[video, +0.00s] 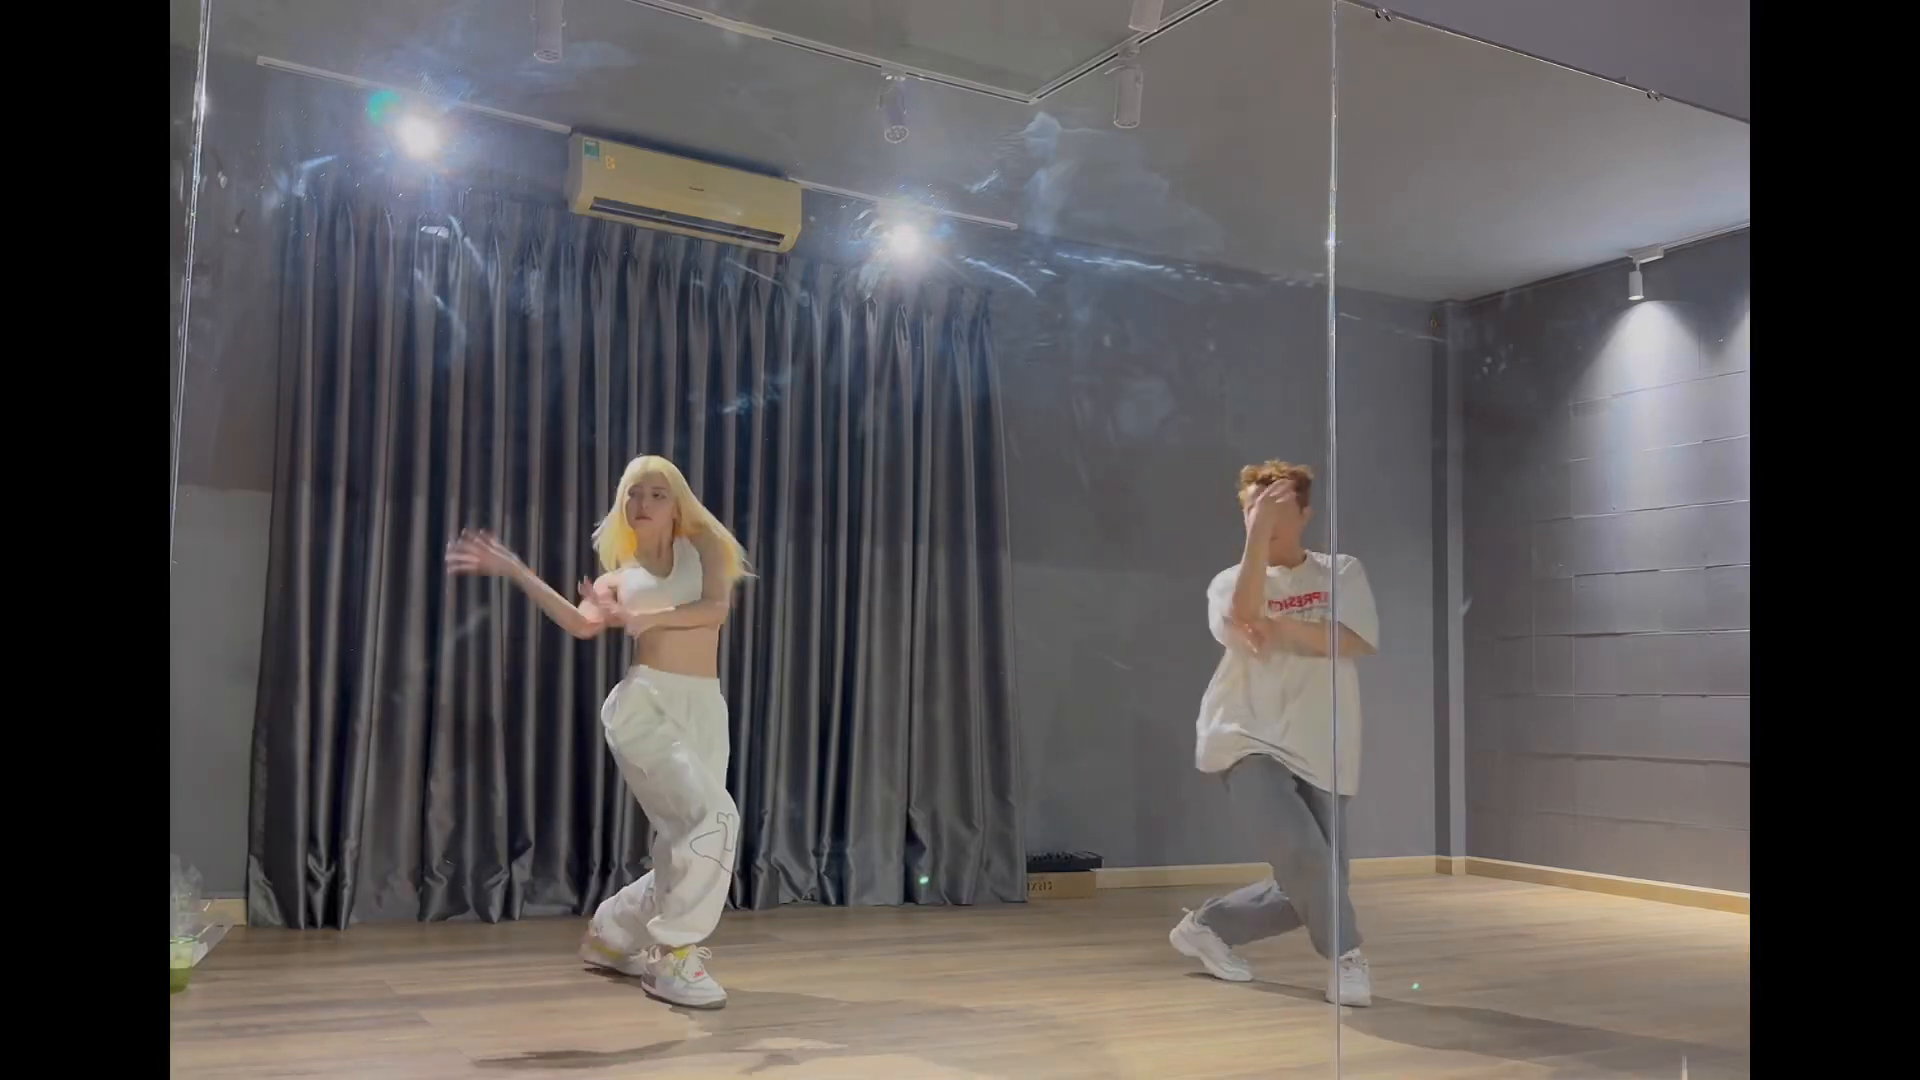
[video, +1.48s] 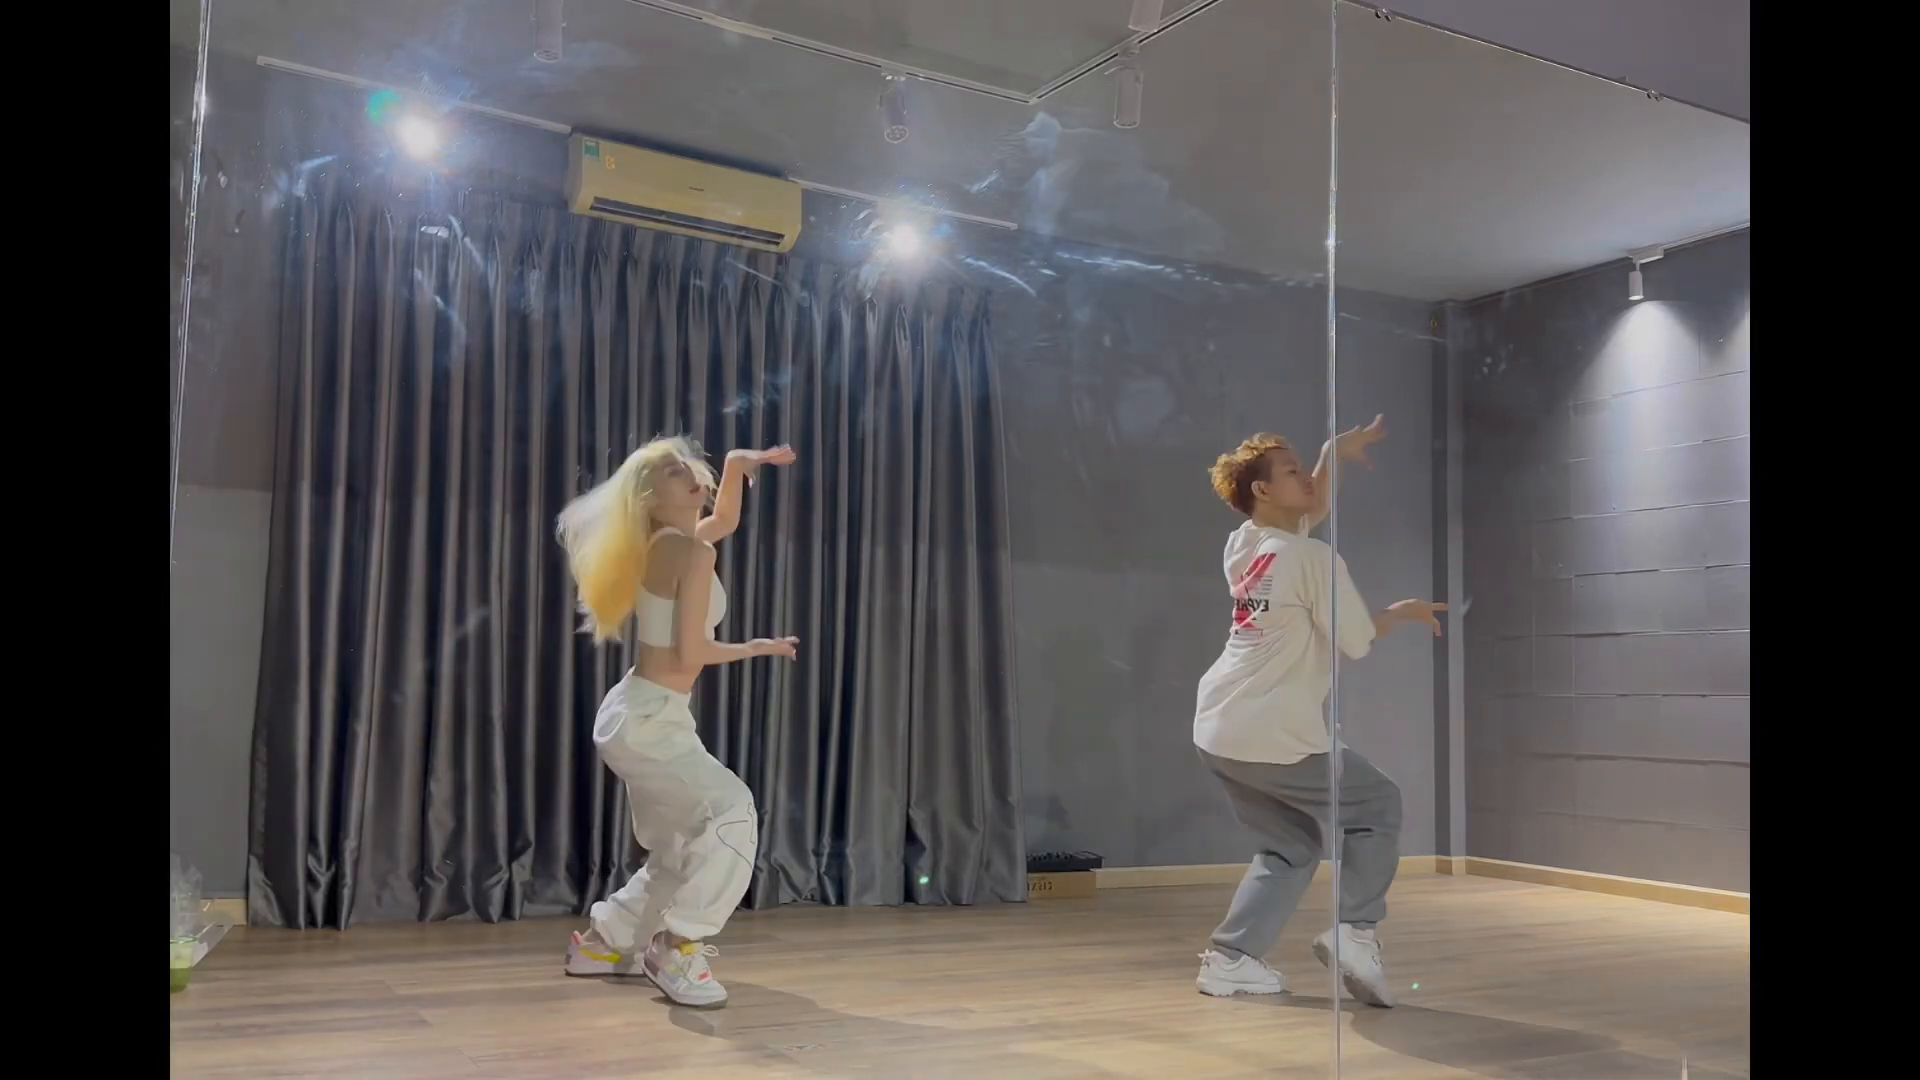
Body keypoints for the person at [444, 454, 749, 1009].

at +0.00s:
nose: (645, 501)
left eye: (658, 492)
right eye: (636, 492)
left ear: (679, 504)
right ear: (624, 506)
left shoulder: (707, 548)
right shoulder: (618, 578)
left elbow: (714, 612)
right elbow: (582, 624)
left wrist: (633, 619)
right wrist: (513, 568)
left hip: (704, 713)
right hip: (642, 708)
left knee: (692, 850)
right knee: (712, 819)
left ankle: (613, 935)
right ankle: (675, 957)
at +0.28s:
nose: (687, 390)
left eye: (693, 384)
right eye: (671, 384)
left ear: (704, 405)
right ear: (643, 411)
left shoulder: (719, 464)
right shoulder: (640, 474)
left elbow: (803, 480)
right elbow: (624, 567)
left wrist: (735, 473)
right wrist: (682, 547)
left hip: (709, 637)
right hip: (660, 634)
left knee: (684, 788)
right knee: (663, 788)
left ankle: (606, 925)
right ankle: (663, 946)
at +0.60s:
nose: (707, 396)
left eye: (711, 387)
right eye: (693, 385)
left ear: (715, 402)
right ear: (663, 401)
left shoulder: (713, 463)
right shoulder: (666, 475)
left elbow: (790, 480)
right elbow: (674, 564)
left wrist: (736, 457)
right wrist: (753, 526)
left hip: (692, 636)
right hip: (671, 636)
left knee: (661, 783)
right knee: (678, 787)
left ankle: (608, 923)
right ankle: (663, 945)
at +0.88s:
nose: (716, 408)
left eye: (722, 400)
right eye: (706, 394)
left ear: (717, 411)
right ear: (671, 398)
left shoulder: (686, 467)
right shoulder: (677, 469)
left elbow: (739, 528)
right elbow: (708, 562)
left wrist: (740, 479)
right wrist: (771, 526)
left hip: (674, 631)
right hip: (684, 635)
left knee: (660, 783)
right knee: (699, 791)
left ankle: (612, 920)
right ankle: (667, 945)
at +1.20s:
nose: (700, 434)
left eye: (708, 428)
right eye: (692, 419)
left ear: (704, 434)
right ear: (659, 415)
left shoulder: (656, 480)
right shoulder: (660, 479)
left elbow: (695, 563)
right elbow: (694, 566)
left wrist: (744, 530)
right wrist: (759, 534)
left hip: (669, 636)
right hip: (686, 639)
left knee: (657, 789)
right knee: (692, 792)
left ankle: (603, 929)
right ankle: (663, 948)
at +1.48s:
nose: (696, 485)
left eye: (694, 478)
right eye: (679, 477)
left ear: (694, 493)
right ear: (650, 500)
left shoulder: (660, 545)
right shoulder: (692, 551)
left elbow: (723, 520)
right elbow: (693, 651)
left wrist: (737, 465)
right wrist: (758, 647)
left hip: (627, 715)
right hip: (653, 723)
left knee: (684, 848)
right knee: (733, 811)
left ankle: (606, 940)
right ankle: (677, 946)